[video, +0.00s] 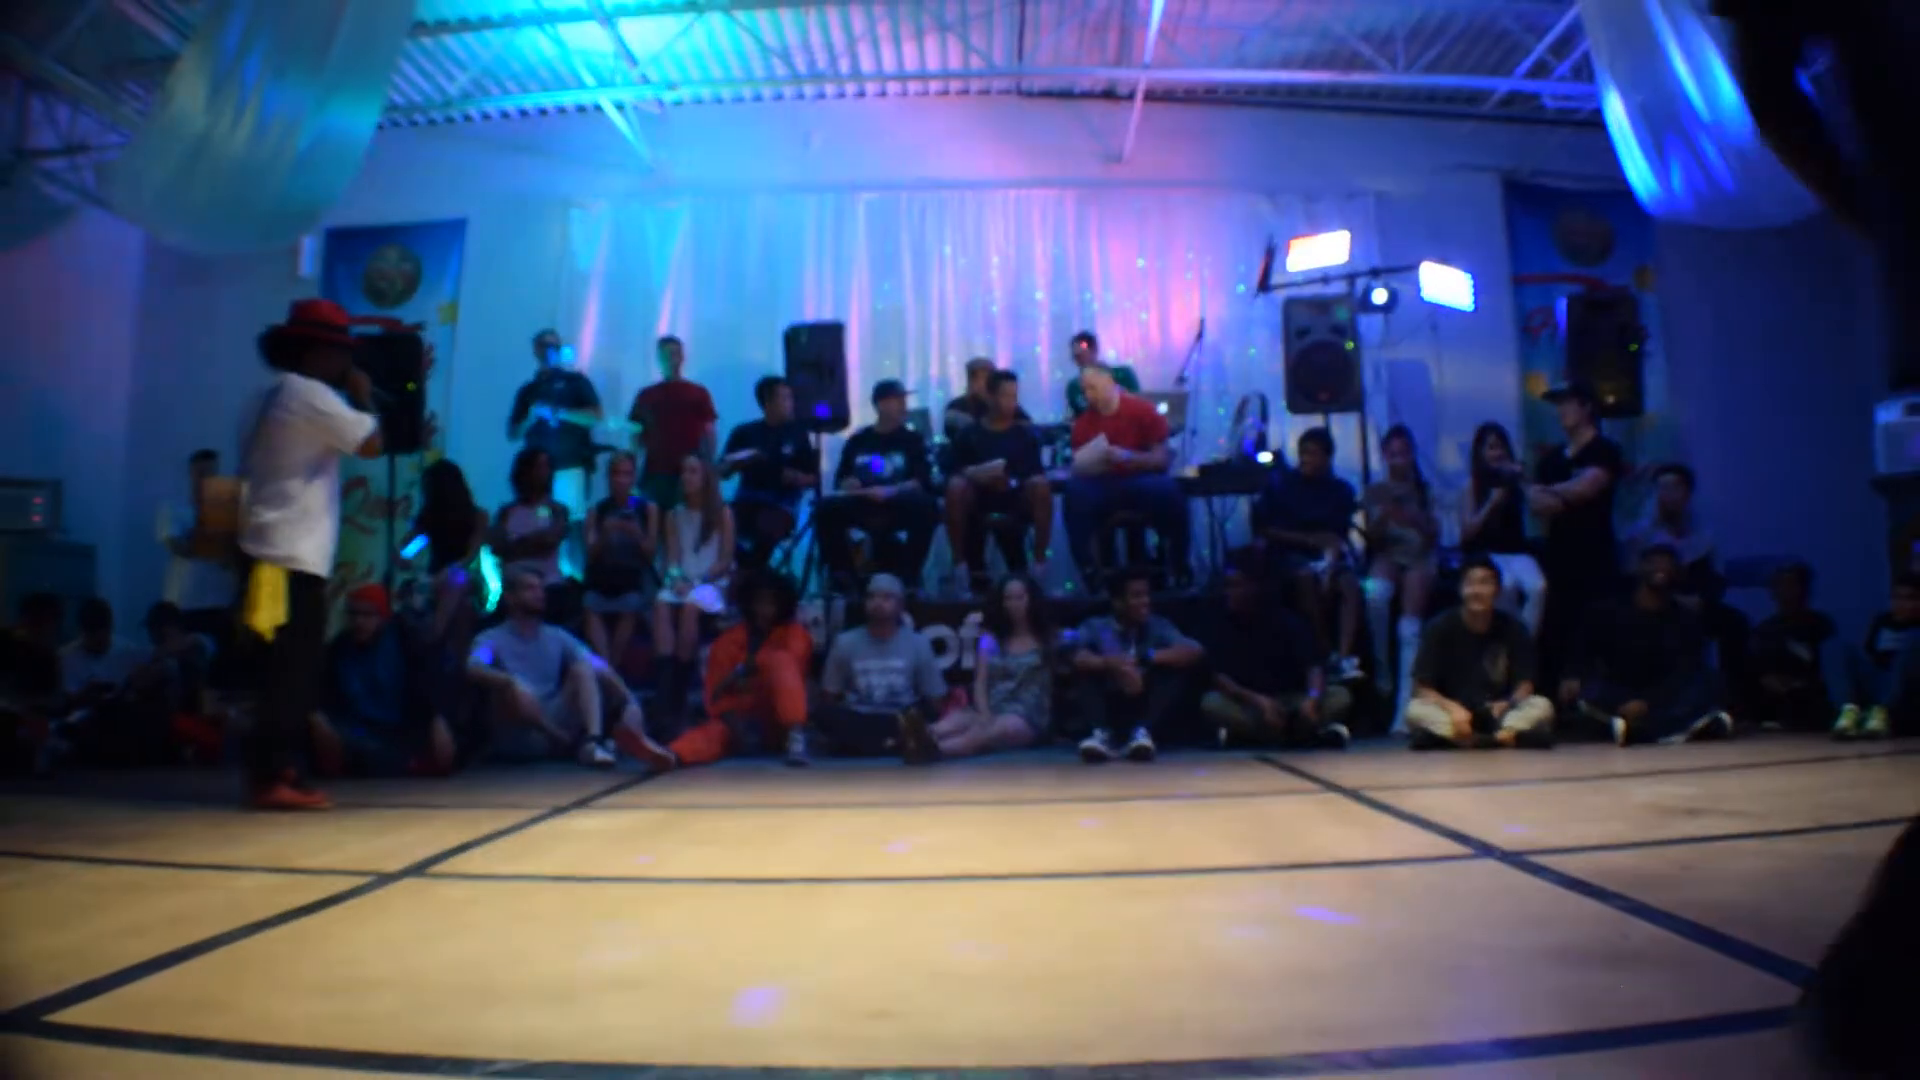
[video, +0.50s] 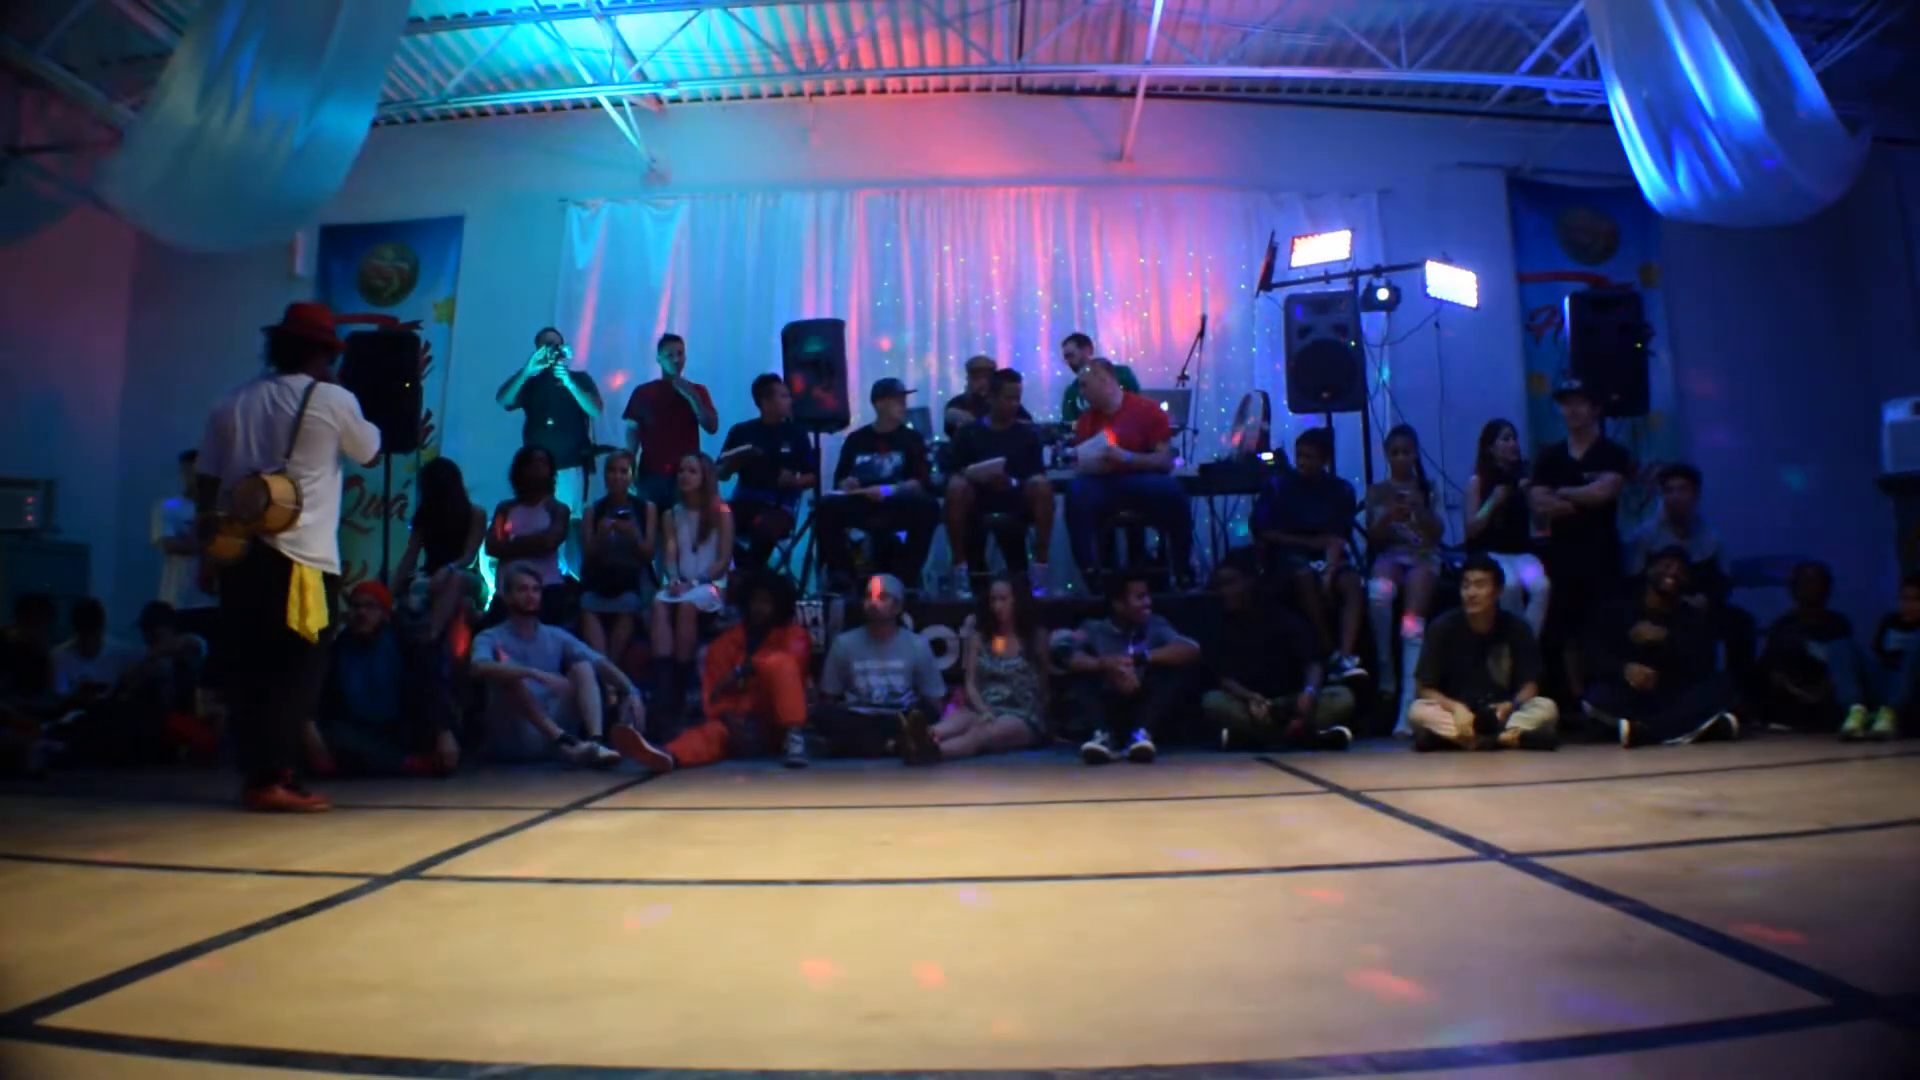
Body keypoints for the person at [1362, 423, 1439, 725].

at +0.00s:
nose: (1398, 459)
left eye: (1403, 453)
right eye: (1392, 453)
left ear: (1412, 455)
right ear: (1385, 456)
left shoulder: (1424, 489)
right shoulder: (1376, 491)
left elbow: (1434, 531)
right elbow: (1370, 532)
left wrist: (1411, 518)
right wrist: (1386, 517)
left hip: (1418, 554)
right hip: (1386, 553)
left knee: (1410, 627)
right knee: (1375, 593)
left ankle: (1404, 710)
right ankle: (1382, 673)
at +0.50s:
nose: (1400, 459)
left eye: (1406, 452)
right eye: (1395, 452)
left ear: (1416, 454)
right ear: (1386, 456)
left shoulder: (1428, 489)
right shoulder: (1377, 492)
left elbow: (1436, 533)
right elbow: (1374, 536)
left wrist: (1417, 511)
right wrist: (1391, 516)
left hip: (1421, 553)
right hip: (1389, 554)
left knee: (1412, 623)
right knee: (1379, 592)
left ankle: (1408, 706)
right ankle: (1385, 668)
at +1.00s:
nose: (1398, 453)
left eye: (1404, 447)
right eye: (1392, 448)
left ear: (1416, 452)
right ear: (1385, 453)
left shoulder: (1429, 489)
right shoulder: (1377, 491)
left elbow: (1436, 533)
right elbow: (1373, 536)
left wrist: (1419, 507)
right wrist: (1389, 517)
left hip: (1422, 554)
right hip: (1389, 554)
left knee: (1412, 625)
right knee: (1378, 593)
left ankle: (1408, 709)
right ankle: (1385, 672)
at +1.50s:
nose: (1394, 453)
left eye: (1401, 447)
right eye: (1389, 448)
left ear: (1415, 453)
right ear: (1383, 453)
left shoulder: (1431, 489)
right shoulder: (1376, 492)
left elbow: (1437, 533)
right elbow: (1373, 536)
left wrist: (1418, 505)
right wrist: (1388, 514)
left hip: (1422, 554)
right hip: (1389, 554)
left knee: (1412, 628)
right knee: (1377, 596)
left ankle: (1407, 710)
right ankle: (1385, 670)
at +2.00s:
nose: (1396, 452)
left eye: (1403, 446)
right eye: (1391, 447)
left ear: (1416, 452)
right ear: (1385, 453)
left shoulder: (1433, 489)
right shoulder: (1378, 492)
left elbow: (1437, 534)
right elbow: (1373, 536)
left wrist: (1420, 506)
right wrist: (1387, 514)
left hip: (1422, 553)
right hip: (1390, 552)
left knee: (1413, 615)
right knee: (1378, 596)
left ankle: (1410, 697)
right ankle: (1385, 674)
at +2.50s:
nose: (1400, 453)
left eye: (1406, 446)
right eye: (1394, 447)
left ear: (1416, 452)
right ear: (1386, 453)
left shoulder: (1429, 489)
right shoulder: (1377, 491)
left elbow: (1434, 535)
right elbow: (1373, 536)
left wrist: (1423, 506)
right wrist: (1388, 513)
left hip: (1421, 552)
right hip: (1389, 551)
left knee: (1412, 627)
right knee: (1376, 597)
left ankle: (1407, 704)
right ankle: (1382, 673)